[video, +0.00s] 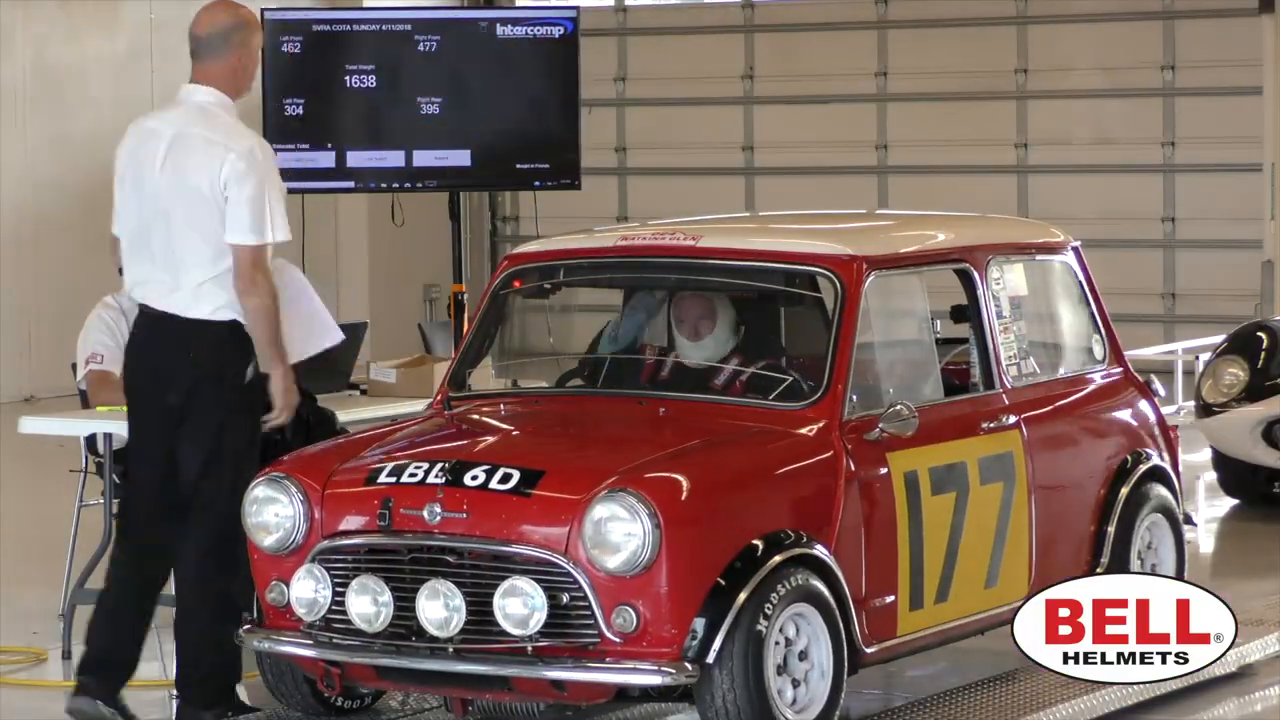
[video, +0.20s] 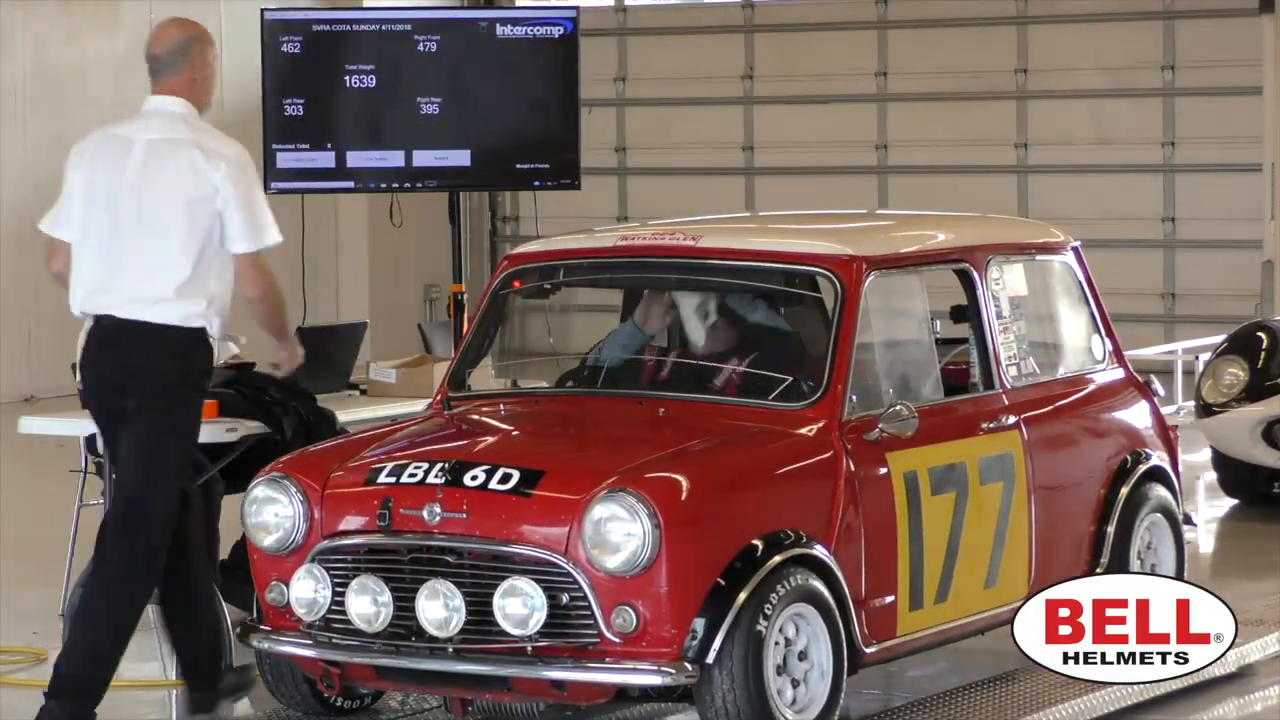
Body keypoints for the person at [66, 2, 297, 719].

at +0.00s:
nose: (260, 65)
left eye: (256, 52)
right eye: (259, 54)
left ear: (193, 55)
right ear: (247, 59)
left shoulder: (139, 135)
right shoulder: (242, 150)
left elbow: (127, 249)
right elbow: (250, 273)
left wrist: (149, 323)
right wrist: (278, 366)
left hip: (150, 343)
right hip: (217, 350)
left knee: (148, 519)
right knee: (215, 526)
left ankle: (97, 683)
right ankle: (206, 697)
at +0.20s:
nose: (216, 78)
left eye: (212, 66)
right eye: (215, 68)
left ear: (150, 72)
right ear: (202, 72)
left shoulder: (93, 147)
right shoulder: (217, 154)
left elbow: (61, 259)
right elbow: (253, 281)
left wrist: (118, 304)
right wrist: (284, 340)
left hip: (100, 352)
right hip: (173, 355)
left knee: (180, 513)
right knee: (135, 532)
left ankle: (208, 679)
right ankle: (66, 707)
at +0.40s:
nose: (188, 284)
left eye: (190, 275)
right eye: (178, 276)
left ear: (193, 274)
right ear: (148, 275)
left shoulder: (198, 310)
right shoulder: (110, 316)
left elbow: (233, 364)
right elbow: (98, 392)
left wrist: (246, 376)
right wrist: (151, 389)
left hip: (203, 444)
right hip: (135, 449)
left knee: (294, 468)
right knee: (200, 482)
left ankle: (238, 584)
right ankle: (196, 605)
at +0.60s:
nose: (174, 290)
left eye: (182, 282)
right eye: (163, 280)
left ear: (191, 280)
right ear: (139, 274)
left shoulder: (201, 313)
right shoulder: (109, 317)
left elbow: (235, 364)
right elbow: (98, 392)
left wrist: (253, 381)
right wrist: (150, 389)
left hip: (206, 444)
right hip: (139, 447)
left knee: (295, 467)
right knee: (201, 482)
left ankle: (241, 577)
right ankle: (197, 603)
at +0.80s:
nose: (187, 283)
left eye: (190, 274)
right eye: (178, 275)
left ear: (194, 273)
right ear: (145, 274)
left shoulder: (198, 309)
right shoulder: (110, 316)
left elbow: (235, 361)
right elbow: (98, 391)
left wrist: (240, 373)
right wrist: (151, 389)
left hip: (204, 443)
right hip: (138, 448)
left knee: (295, 468)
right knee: (201, 483)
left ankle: (240, 578)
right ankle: (196, 602)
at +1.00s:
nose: (176, 288)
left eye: (183, 279)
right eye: (164, 279)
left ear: (190, 277)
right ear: (139, 274)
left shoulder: (199, 311)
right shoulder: (109, 317)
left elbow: (236, 365)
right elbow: (98, 392)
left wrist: (254, 384)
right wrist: (152, 389)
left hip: (205, 443)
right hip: (138, 447)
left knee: (294, 467)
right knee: (201, 483)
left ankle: (241, 575)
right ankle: (196, 603)